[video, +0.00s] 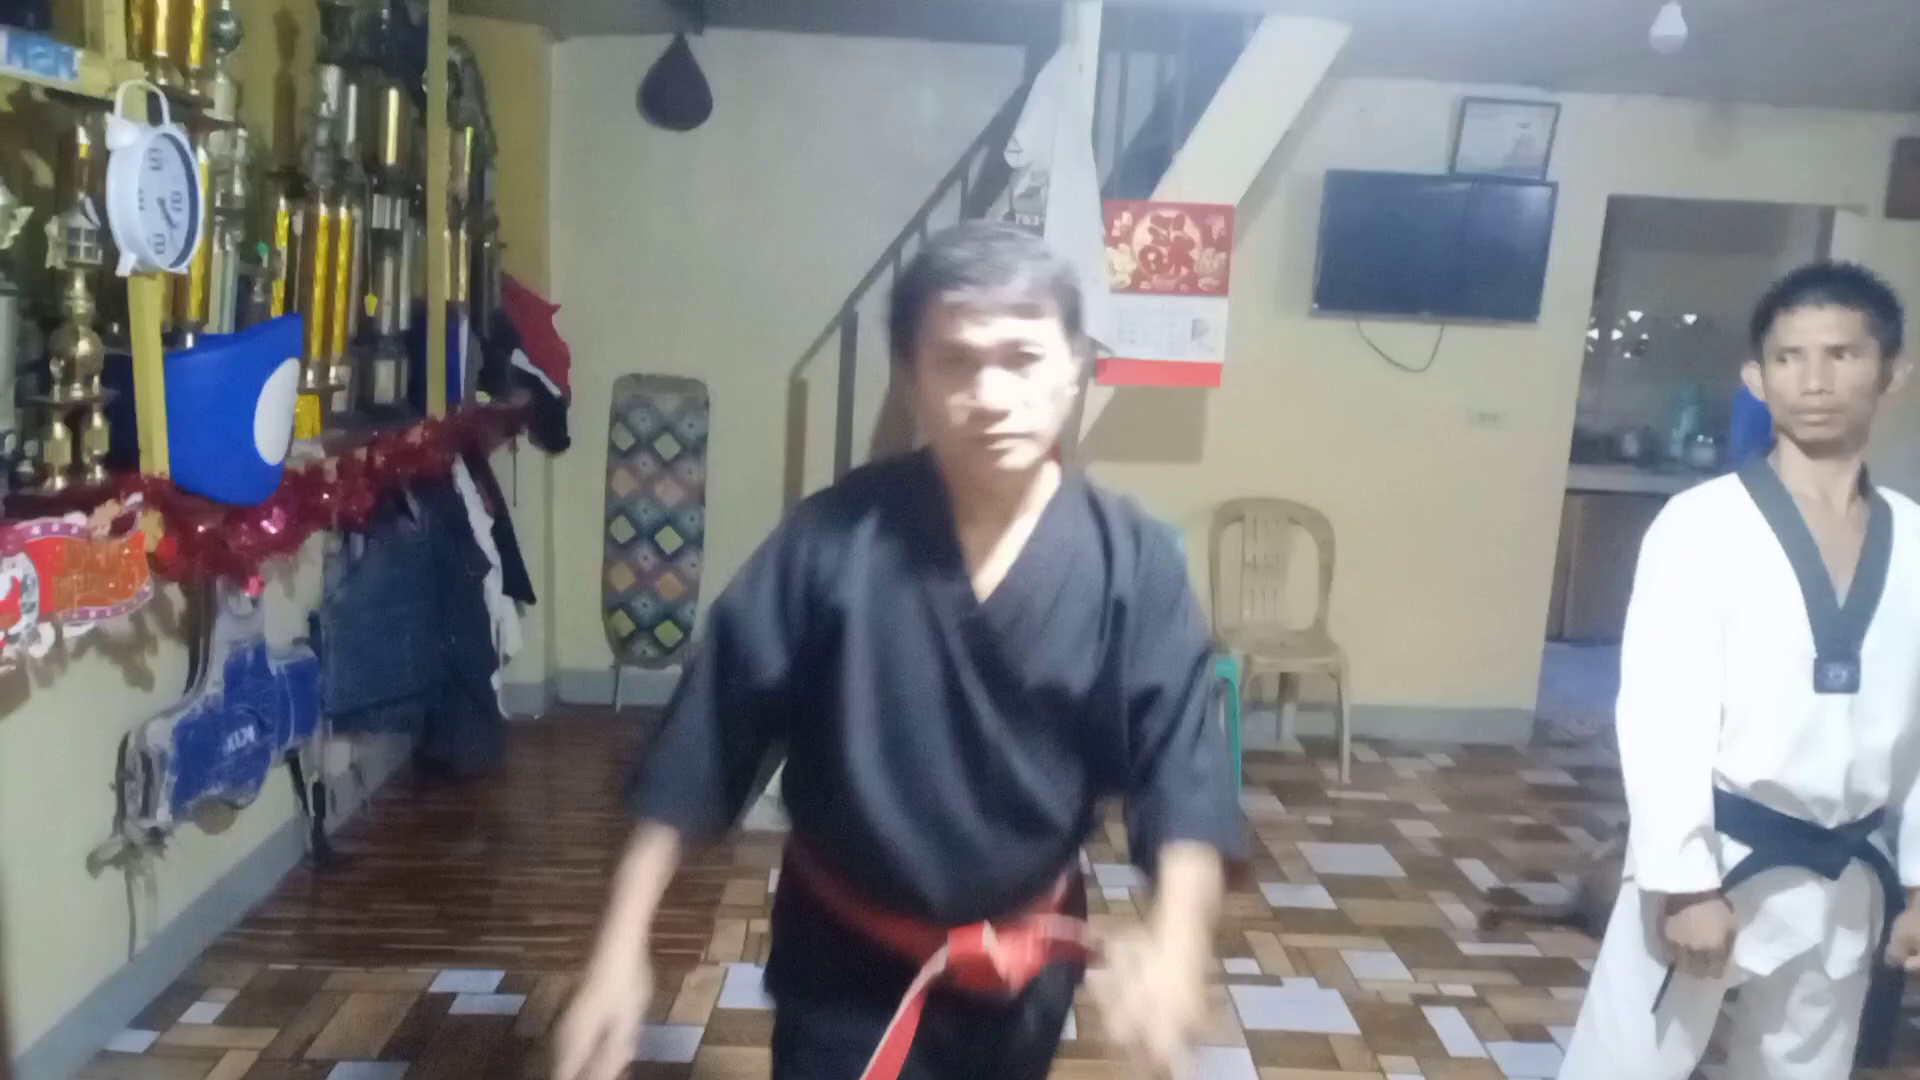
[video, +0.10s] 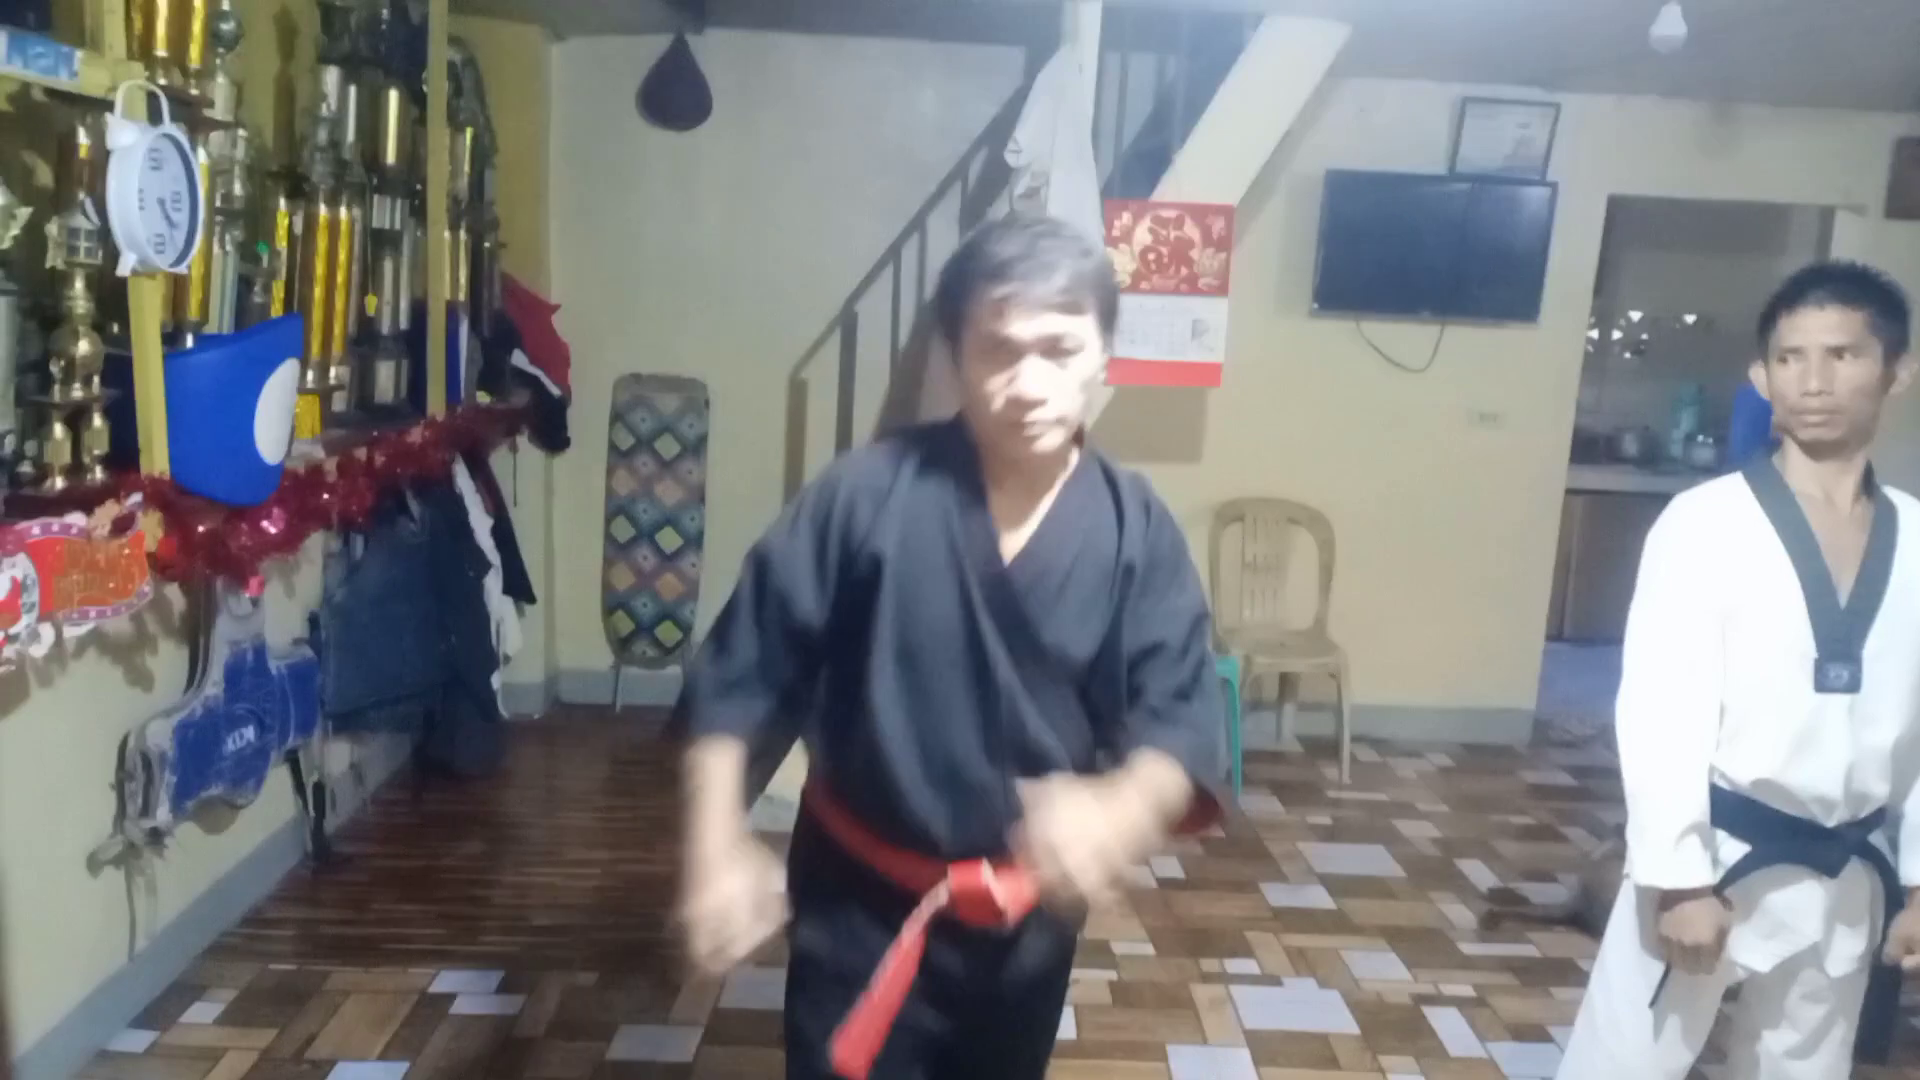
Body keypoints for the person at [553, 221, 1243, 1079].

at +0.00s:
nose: (990, 396)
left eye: (1022, 359)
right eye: (957, 362)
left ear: (1077, 375)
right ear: (909, 379)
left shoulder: (1134, 562)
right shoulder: (829, 543)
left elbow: (1187, 759)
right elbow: (703, 734)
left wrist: (1178, 947)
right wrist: (619, 947)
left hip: (1022, 957)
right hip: (847, 950)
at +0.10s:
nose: (1026, 382)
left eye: (1057, 351)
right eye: (998, 352)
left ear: (1103, 364)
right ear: (955, 359)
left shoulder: (1136, 531)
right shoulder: (863, 498)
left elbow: (1184, 728)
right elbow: (735, 676)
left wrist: (1112, 818)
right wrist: (715, 854)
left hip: (1028, 912)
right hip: (863, 902)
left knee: (1001, 1069)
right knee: (841, 1066)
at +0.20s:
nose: (1045, 359)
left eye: (1076, 329)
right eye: (1018, 327)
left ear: (1113, 339)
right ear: (974, 327)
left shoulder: (1133, 498)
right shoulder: (882, 457)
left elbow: (1162, 695)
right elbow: (769, 640)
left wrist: (1056, 707)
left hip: (1022, 881)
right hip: (866, 872)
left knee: (1011, 1068)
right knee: (851, 1067)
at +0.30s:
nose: (1033, 346)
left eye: (1063, 319)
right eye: (1006, 316)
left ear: (1100, 329)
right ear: (962, 316)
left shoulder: (1111, 477)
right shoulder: (880, 440)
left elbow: (1102, 681)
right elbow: (840, 655)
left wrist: (968, 584)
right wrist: (1032, 714)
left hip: (1012, 837)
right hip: (857, 822)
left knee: (995, 1063)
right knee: (809, 1062)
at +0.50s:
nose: (931, 340)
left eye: (958, 313)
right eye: (906, 312)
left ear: (998, 321)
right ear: (868, 318)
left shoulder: (1028, 459)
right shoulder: (799, 441)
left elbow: (1033, 644)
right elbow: (788, 632)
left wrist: (895, 532)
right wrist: (970, 667)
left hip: (961, 801)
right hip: (805, 797)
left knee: (962, 1064)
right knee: (741, 1052)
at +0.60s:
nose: (879, 338)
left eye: (904, 310)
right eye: (853, 311)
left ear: (943, 319)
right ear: (816, 320)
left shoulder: (981, 454)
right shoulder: (748, 445)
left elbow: (1022, 646)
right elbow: (709, 625)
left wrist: (938, 598)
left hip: (928, 796)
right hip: (773, 789)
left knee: (935, 1055)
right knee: (742, 1044)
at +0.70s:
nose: (835, 333)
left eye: (858, 305)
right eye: (808, 307)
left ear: (896, 310)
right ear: (772, 313)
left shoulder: (943, 444)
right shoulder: (715, 435)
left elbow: (1005, 592)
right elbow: (663, 603)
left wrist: (980, 656)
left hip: (907, 763)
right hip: (751, 760)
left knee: (931, 1013)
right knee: (718, 1011)